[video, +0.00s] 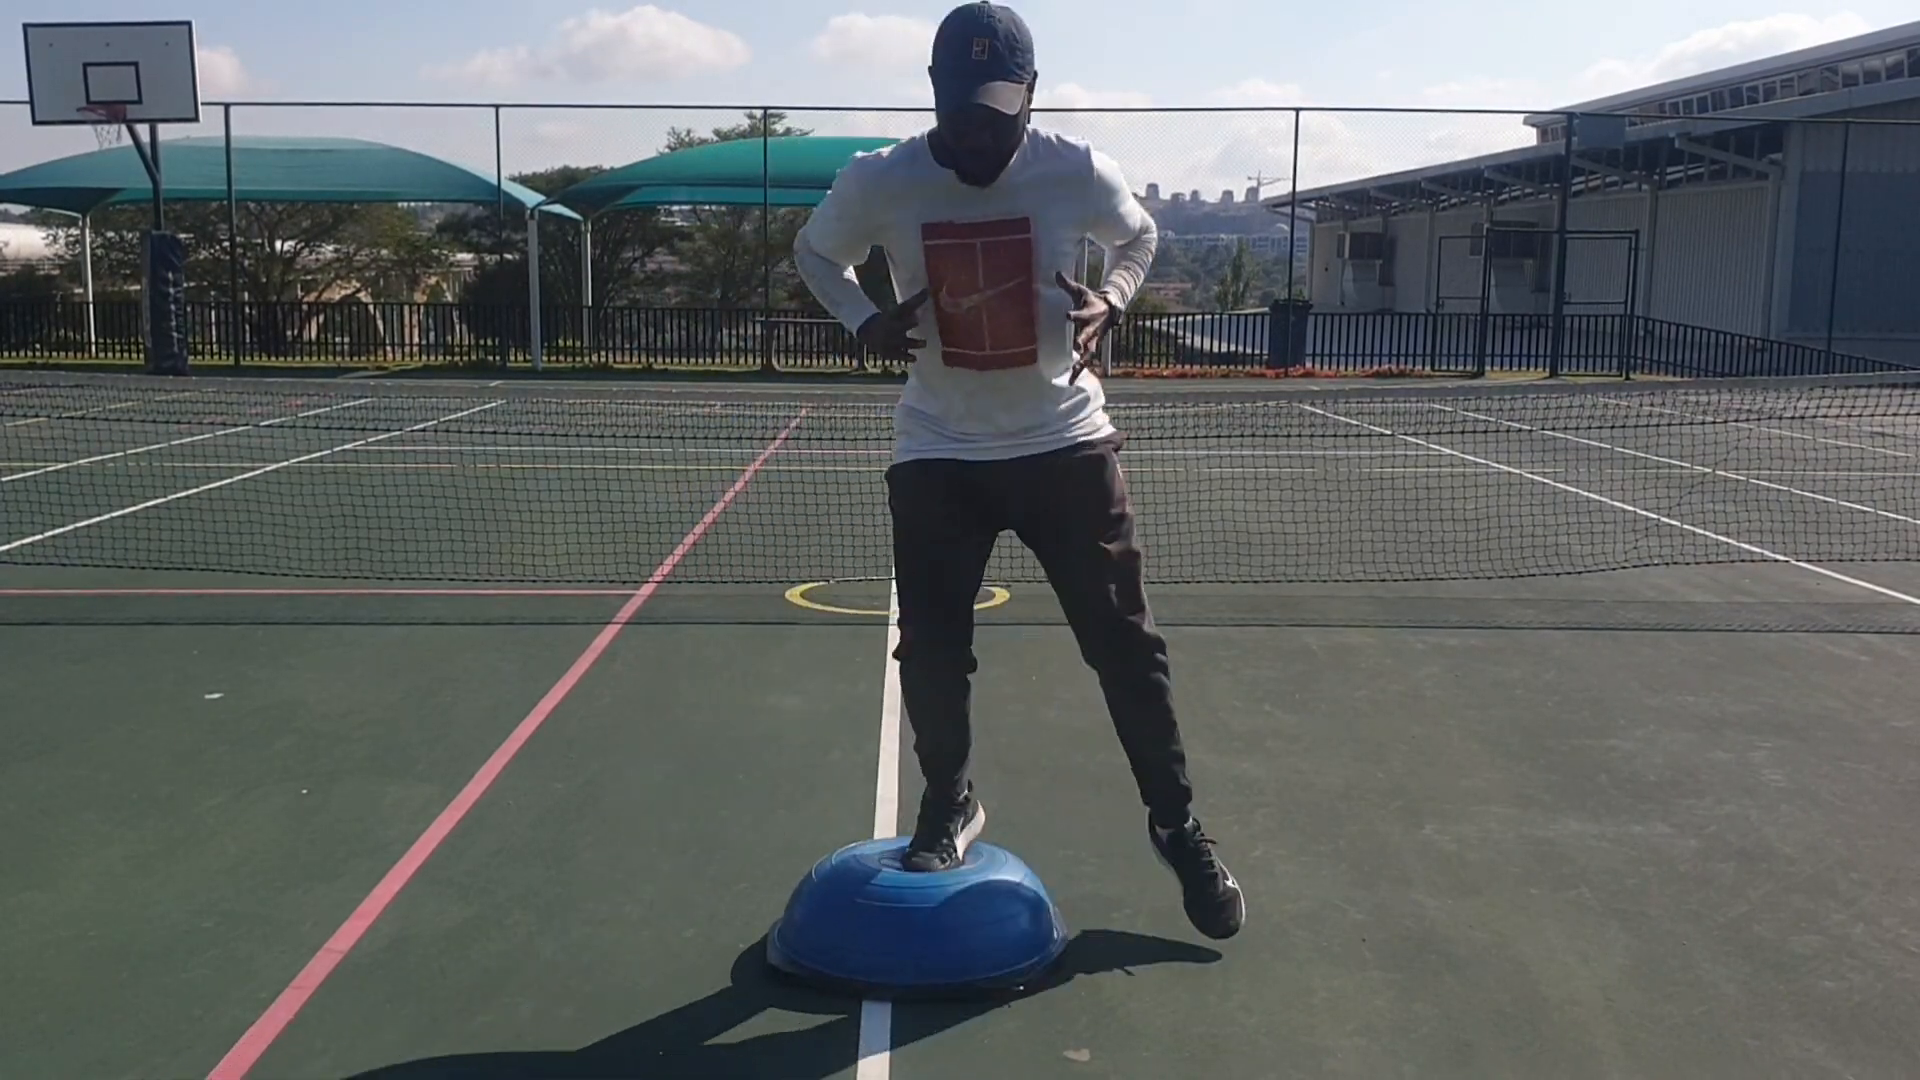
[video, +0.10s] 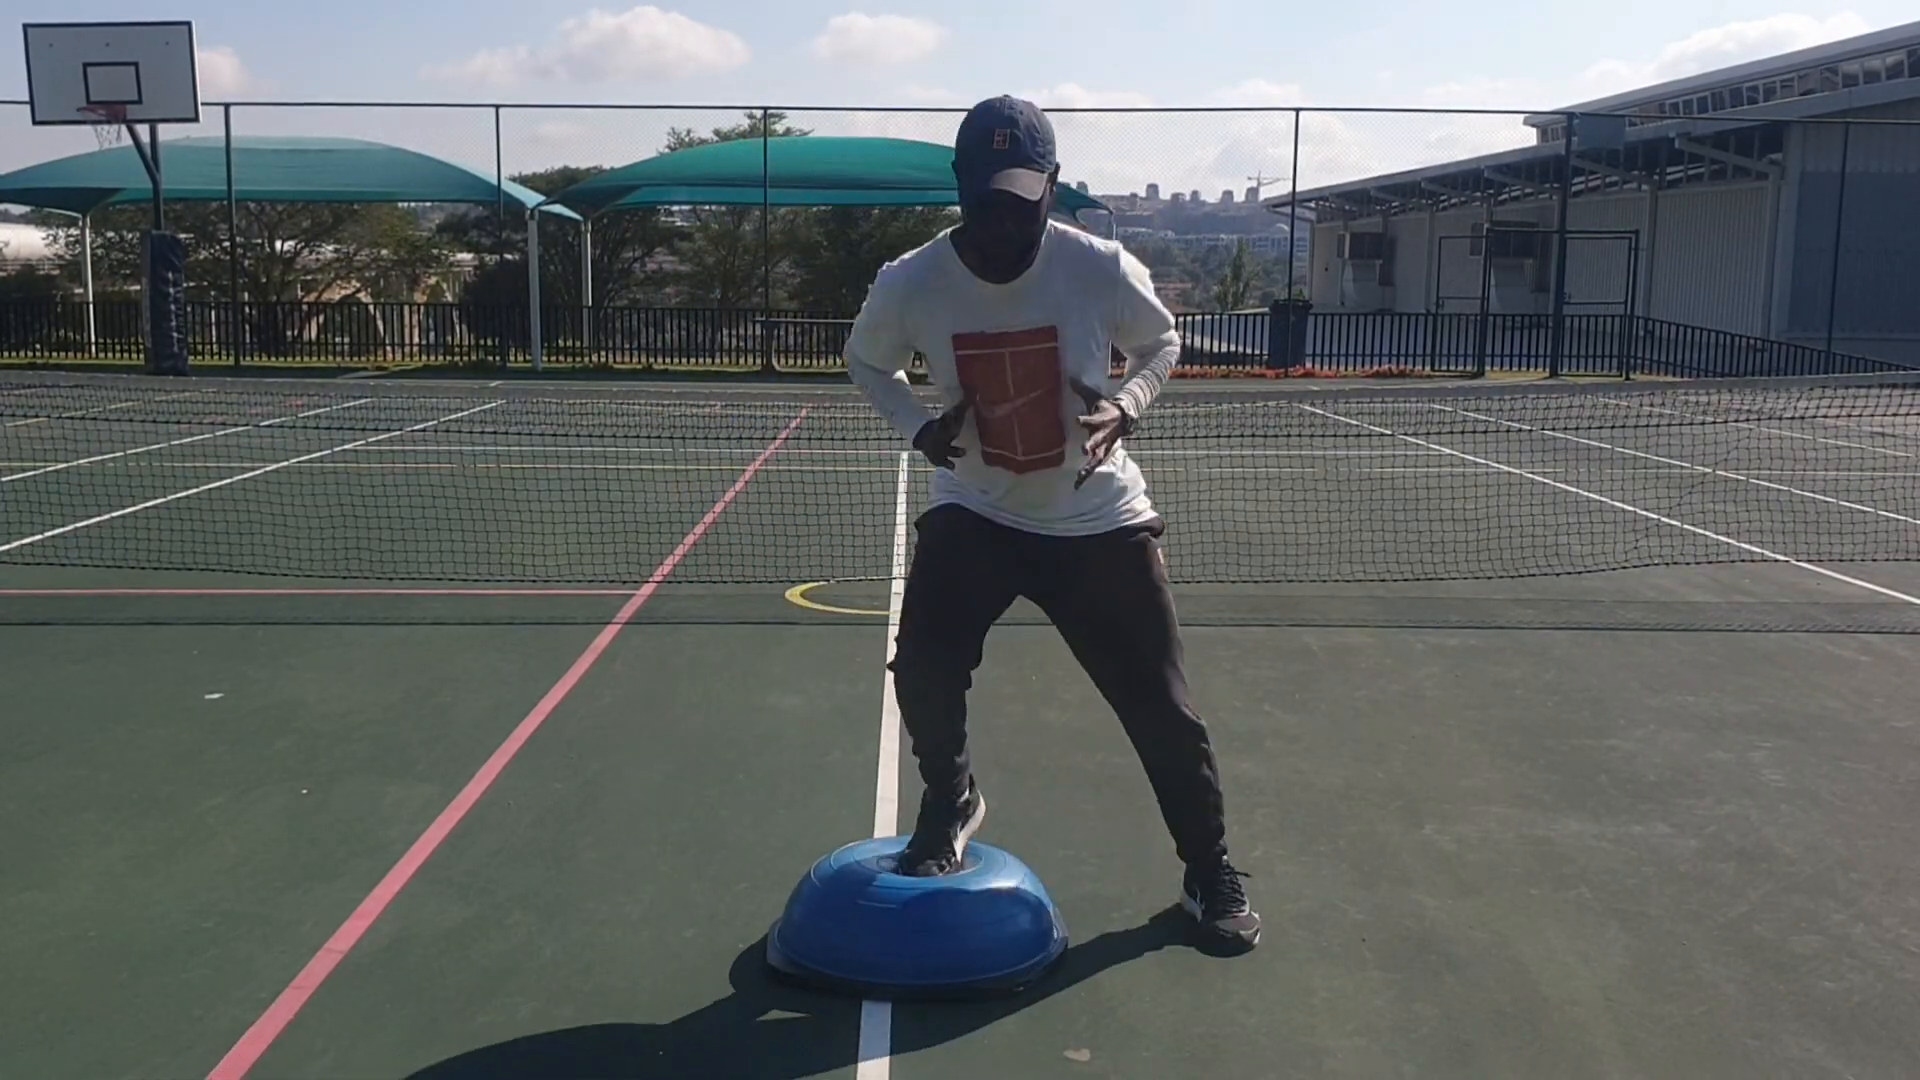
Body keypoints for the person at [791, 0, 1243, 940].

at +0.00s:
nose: (994, 132)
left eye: (1010, 113)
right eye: (975, 113)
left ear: (1031, 96)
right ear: (938, 96)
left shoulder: (1076, 174)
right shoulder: (878, 184)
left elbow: (1138, 236)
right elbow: (814, 255)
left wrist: (1110, 298)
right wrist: (865, 321)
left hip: (1064, 442)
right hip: (938, 452)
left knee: (1126, 642)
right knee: (929, 647)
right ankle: (949, 803)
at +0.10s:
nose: (1012, 219)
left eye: (1027, 201)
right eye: (995, 200)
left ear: (1051, 191)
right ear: (962, 191)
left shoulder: (1102, 271)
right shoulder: (906, 287)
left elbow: (1162, 342)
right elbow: (867, 364)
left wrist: (1128, 404)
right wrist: (922, 427)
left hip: (1094, 519)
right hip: (971, 515)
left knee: (1162, 709)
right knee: (922, 670)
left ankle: (1211, 874)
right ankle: (947, 799)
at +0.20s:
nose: (1006, 232)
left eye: (1022, 215)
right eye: (990, 214)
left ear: (1045, 204)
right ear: (957, 203)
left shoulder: (1101, 282)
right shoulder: (903, 298)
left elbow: (1157, 365)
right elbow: (873, 377)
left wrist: (1120, 416)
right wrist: (919, 439)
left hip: (1089, 520)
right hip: (968, 522)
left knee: (1155, 695)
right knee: (934, 679)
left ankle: (1209, 872)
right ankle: (950, 811)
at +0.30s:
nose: (990, 153)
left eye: (1004, 134)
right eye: (971, 134)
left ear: (1024, 124)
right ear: (930, 121)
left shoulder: (1070, 208)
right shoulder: (873, 211)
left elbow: (1127, 273)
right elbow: (823, 274)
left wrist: (1094, 316)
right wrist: (861, 340)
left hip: (1054, 469)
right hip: (933, 474)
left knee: (1122, 664)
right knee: (937, 667)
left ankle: (1177, 836)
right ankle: (951, 819)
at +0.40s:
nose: (964, 93)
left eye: (979, 74)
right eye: (949, 74)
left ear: (1004, 61)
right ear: (913, 55)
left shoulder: (1044, 140)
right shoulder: (851, 143)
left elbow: (1096, 216)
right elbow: (788, 193)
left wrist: (1067, 259)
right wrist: (825, 277)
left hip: (1017, 399)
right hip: (898, 410)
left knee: (1077, 590)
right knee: (919, 616)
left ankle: (1059, 751)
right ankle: (938, 786)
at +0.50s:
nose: (950, 71)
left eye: (964, 50)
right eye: (933, 49)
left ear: (984, 43)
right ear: (896, 39)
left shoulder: (1027, 122)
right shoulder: (829, 117)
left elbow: (1065, 194)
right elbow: (760, 170)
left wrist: (1046, 241)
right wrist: (799, 259)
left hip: (986, 372)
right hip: (861, 374)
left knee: (1012, 570)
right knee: (856, 578)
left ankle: (958, 726)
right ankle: (867, 748)